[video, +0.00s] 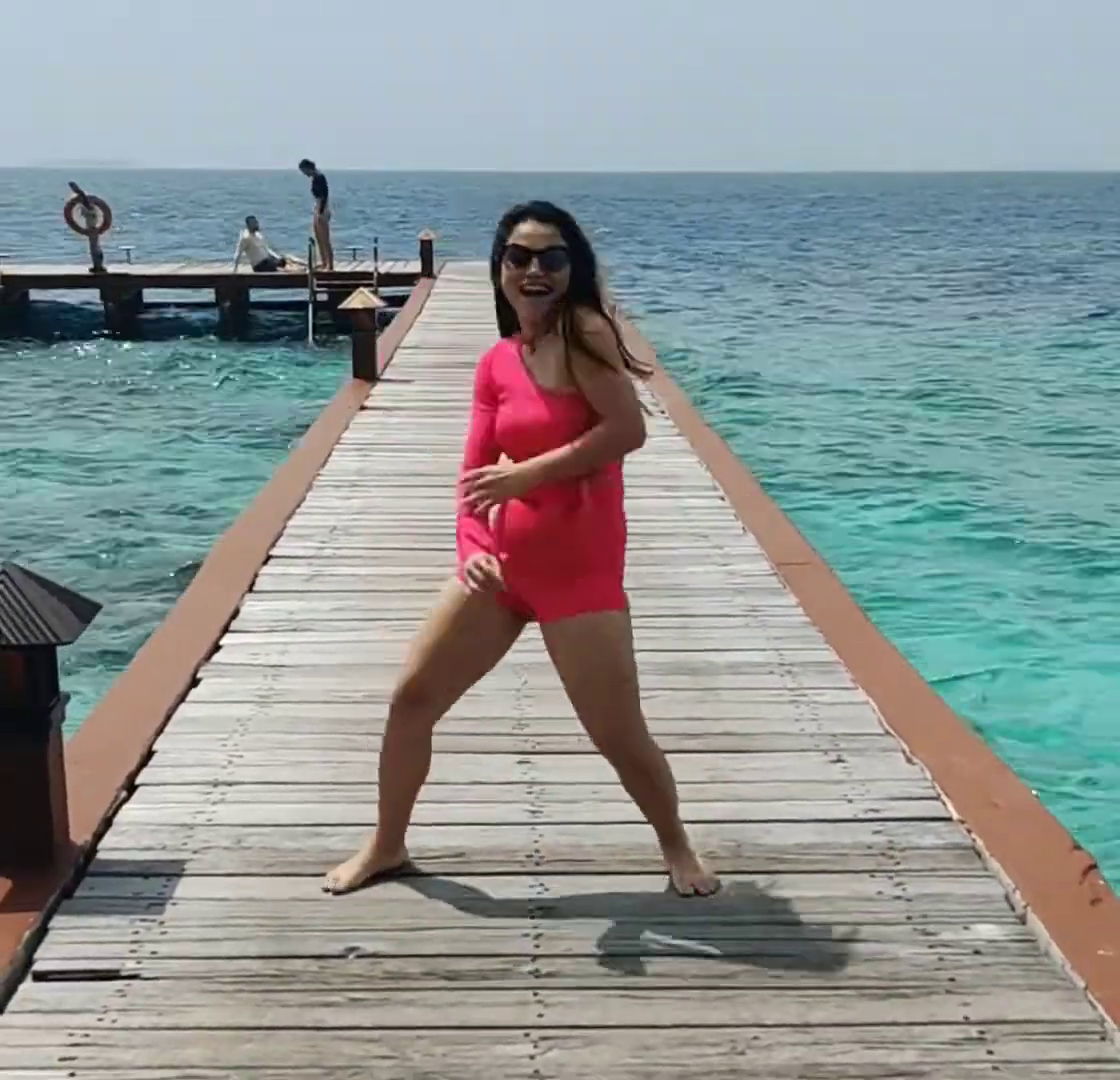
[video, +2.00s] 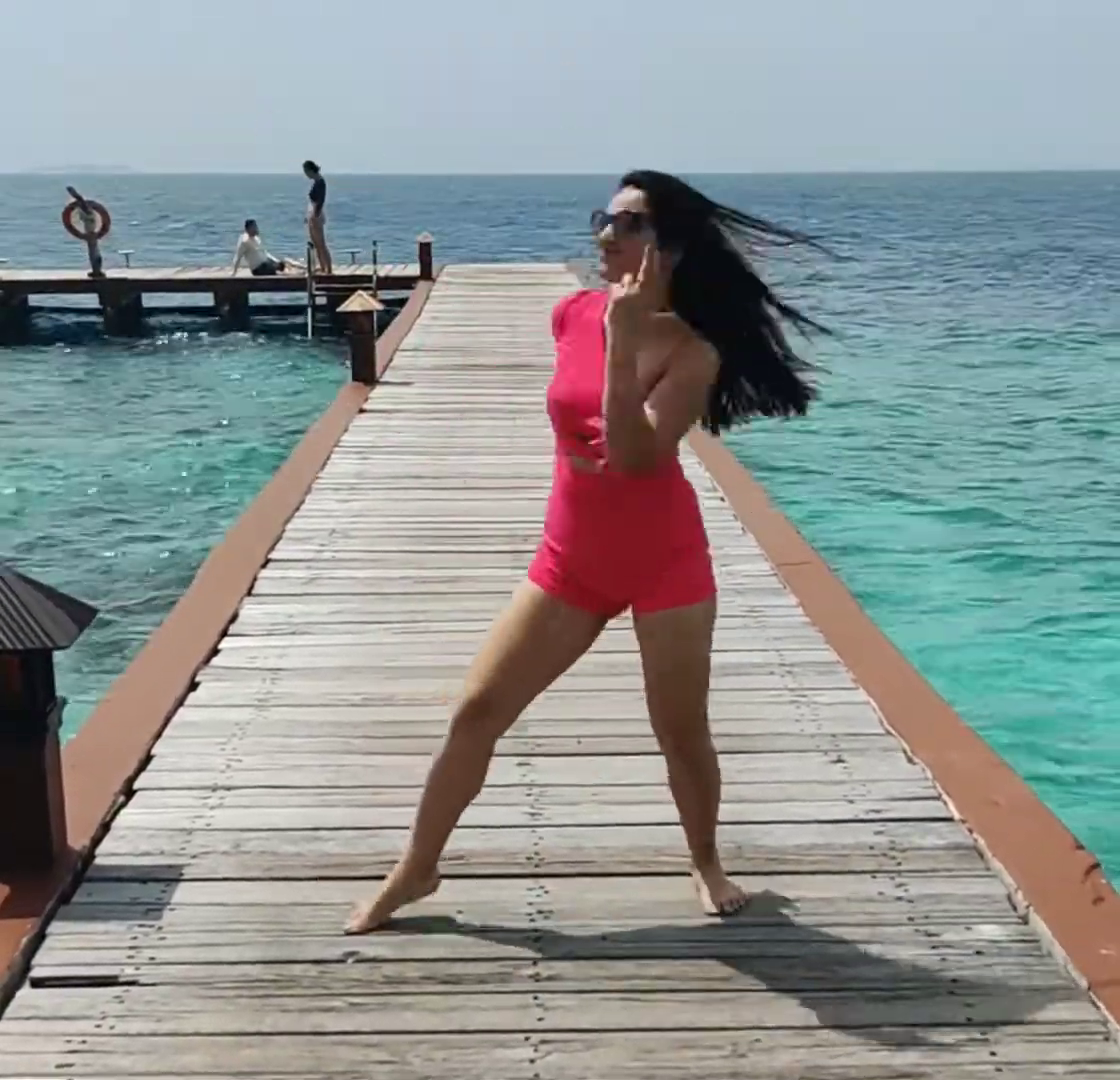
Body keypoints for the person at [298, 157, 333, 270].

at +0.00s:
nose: (305, 174)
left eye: (305, 171)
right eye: (303, 171)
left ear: (309, 168)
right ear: (308, 169)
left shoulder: (319, 178)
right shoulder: (315, 178)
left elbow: (323, 196)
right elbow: (318, 196)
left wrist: (320, 212)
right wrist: (317, 211)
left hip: (322, 210)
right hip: (317, 209)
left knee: (324, 238)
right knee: (319, 238)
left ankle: (329, 265)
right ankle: (323, 263)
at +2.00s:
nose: (306, 175)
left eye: (306, 172)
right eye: (305, 172)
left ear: (311, 170)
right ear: (313, 170)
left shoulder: (319, 182)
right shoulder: (316, 182)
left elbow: (320, 201)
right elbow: (315, 200)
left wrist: (316, 215)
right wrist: (310, 214)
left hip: (317, 214)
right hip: (312, 214)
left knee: (320, 243)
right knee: (316, 243)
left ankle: (328, 269)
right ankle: (322, 267)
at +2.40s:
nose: (306, 175)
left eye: (306, 172)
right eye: (305, 172)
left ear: (311, 170)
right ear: (313, 169)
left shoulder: (320, 181)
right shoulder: (317, 181)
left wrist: (318, 211)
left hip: (317, 212)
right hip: (313, 211)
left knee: (321, 241)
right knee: (316, 241)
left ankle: (329, 268)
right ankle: (323, 267)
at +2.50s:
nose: (306, 174)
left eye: (307, 171)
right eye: (305, 171)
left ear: (311, 170)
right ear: (312, 169)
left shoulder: (321, 181)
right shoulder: (316, 181)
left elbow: (330, 195)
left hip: (318, 211)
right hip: (312, 211)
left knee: (321, 241)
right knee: (316, 241)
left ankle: (329, 268)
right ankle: (324, 267)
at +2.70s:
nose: (308, 173)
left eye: (308, 171)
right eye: (307, 171)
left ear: (314, 169)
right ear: (313, 169)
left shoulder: (321, 182)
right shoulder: (317, 182)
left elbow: (315, 197)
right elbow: (314, 196)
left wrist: (306, 184)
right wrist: (306, 183)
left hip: (318, 211)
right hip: (312, 211)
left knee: (321, 241)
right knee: (316, 241)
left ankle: (329, 268)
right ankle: (323, 267)